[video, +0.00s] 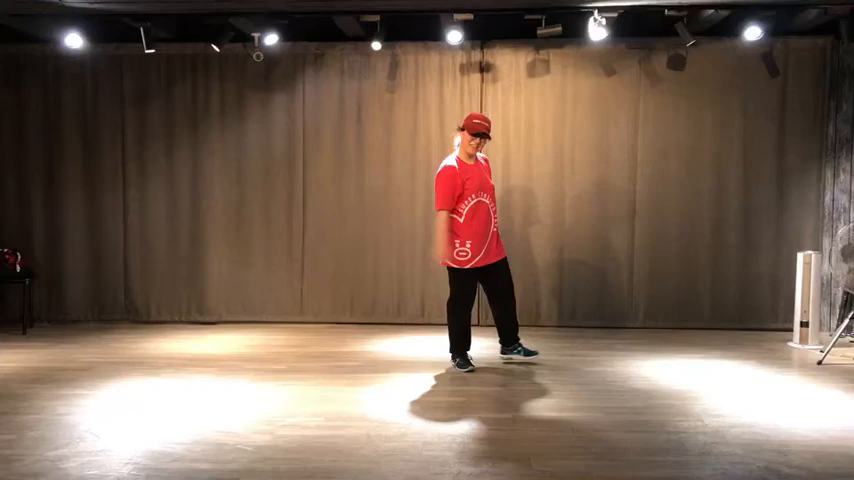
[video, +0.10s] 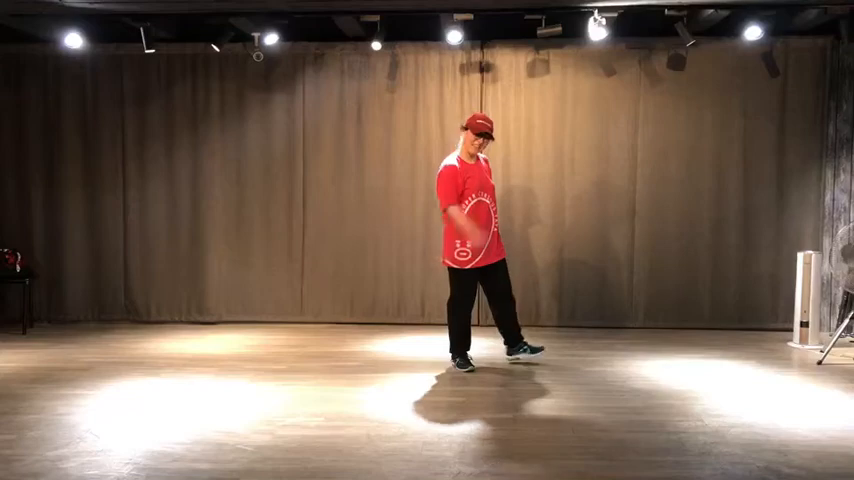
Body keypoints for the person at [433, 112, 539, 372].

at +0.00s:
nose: (478, 141)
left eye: (482, 138)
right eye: (474, 136)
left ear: (486, 141)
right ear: (461, 135)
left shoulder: (483, 164)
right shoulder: (450, 169)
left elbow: (485, 202)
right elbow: (443, 212)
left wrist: (491, 237)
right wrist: (443, 247)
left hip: (490, 246)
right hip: (462, 250)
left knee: (503, 295)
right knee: (461, 303)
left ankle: (510, 344)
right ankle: (459, 353)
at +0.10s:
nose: (481, 142)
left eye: (486, 138)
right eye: (478, 136)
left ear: (488, 141)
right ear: (465, 134)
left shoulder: (483, 164)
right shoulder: (450, 168)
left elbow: (485, 201)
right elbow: (451, 207)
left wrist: (491, 232)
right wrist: (473, 233)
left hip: (490, 247)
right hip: (463, 250)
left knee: (502, 297)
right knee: (461, 303)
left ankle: (515, 345)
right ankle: (459, 353)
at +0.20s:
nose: (490, 143)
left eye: (492, 139)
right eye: (487, 137)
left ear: (490, 141)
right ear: (471, 134)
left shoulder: (486, 164)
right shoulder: (453, 165)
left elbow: (487, 196)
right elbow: (457, 195)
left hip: (490, 245)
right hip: (464, 247)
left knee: (501, 296)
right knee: (462, 301)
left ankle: (516, 344)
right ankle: (459, 353)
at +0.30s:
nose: (499, 143)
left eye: (500, 138)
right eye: (497, 137)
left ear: (487, 137)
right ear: (480, 134)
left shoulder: (487, 166)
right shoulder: (460, 164)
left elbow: (490, 202)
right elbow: (474, 183)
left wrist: (502, 227)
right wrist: (490, 156)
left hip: (491, 247)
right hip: (467, 247)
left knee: (501, 299)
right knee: (464, 301)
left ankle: (513, 346)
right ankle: (459, 353)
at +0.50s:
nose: (513, 141)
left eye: (513, 136)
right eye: (510, 135)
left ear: (498, 137)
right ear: (494, 135)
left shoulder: (503, 167)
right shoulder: (477, 165)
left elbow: (507, 205)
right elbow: (497, 192)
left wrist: (512, 232)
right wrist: (519, 170)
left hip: (502, 248)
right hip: (478, 249)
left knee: (509, 302)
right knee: (471, 304)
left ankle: (517, 349)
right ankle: (460, 353)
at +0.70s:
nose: (530, 136)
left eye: (530, 132)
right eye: (526, 131)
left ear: (511, 134)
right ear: (510, 132)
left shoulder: (508, 164)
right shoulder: (502, 164)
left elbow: (508, 205)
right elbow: (507, 205)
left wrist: (517, 237)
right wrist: (510, 237)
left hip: (516, 250)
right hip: (499, 249)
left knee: (517, 301)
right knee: (489, 299)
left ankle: (518, 349)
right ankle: (464, 349)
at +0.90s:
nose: (543, 138)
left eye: (543, 133)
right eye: (540, 133)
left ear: (525, 134)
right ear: (524, 133)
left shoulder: (521, 163)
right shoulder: (513, 162)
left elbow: (504, 200)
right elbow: (499, 198)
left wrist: (493, 230)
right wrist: (491, 230)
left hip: (524, 245)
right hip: (515, 246)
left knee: (522, 301)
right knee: (518, 301)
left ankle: (518, 348)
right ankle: (495, 346)